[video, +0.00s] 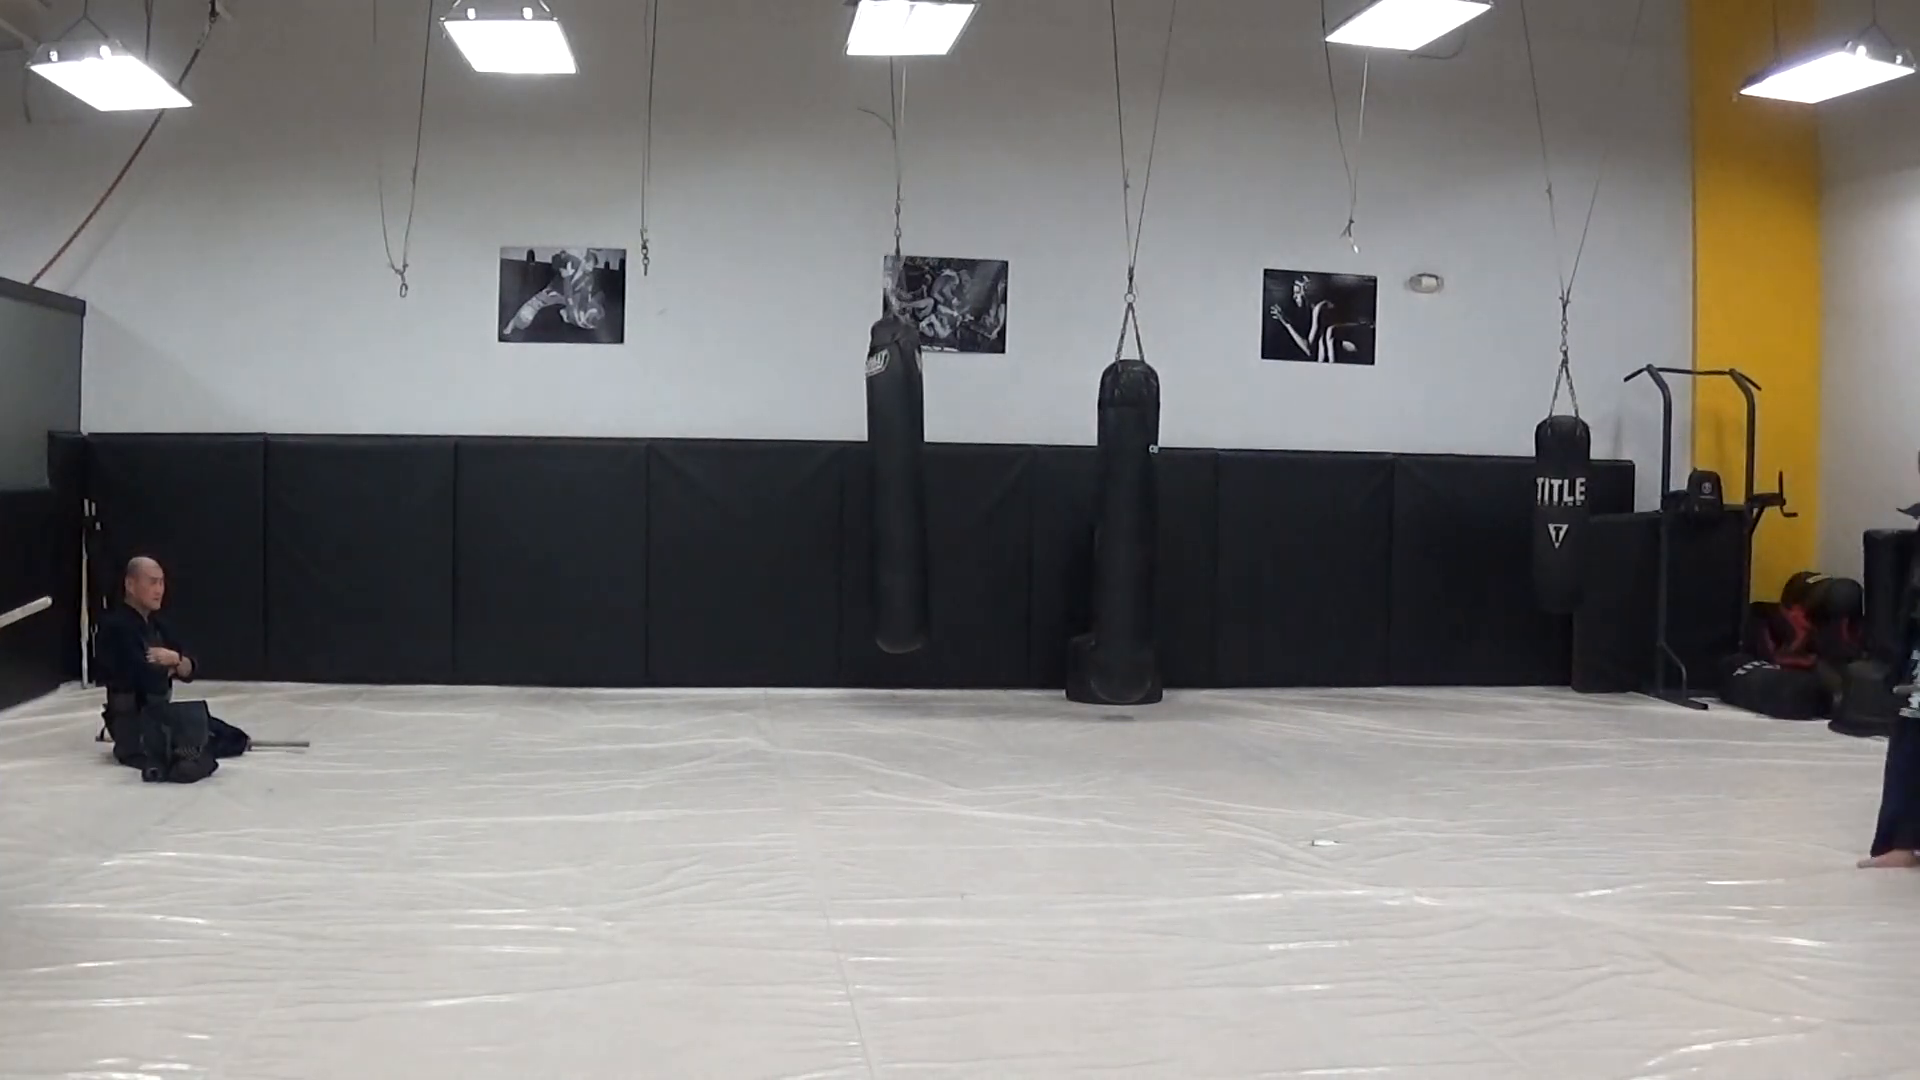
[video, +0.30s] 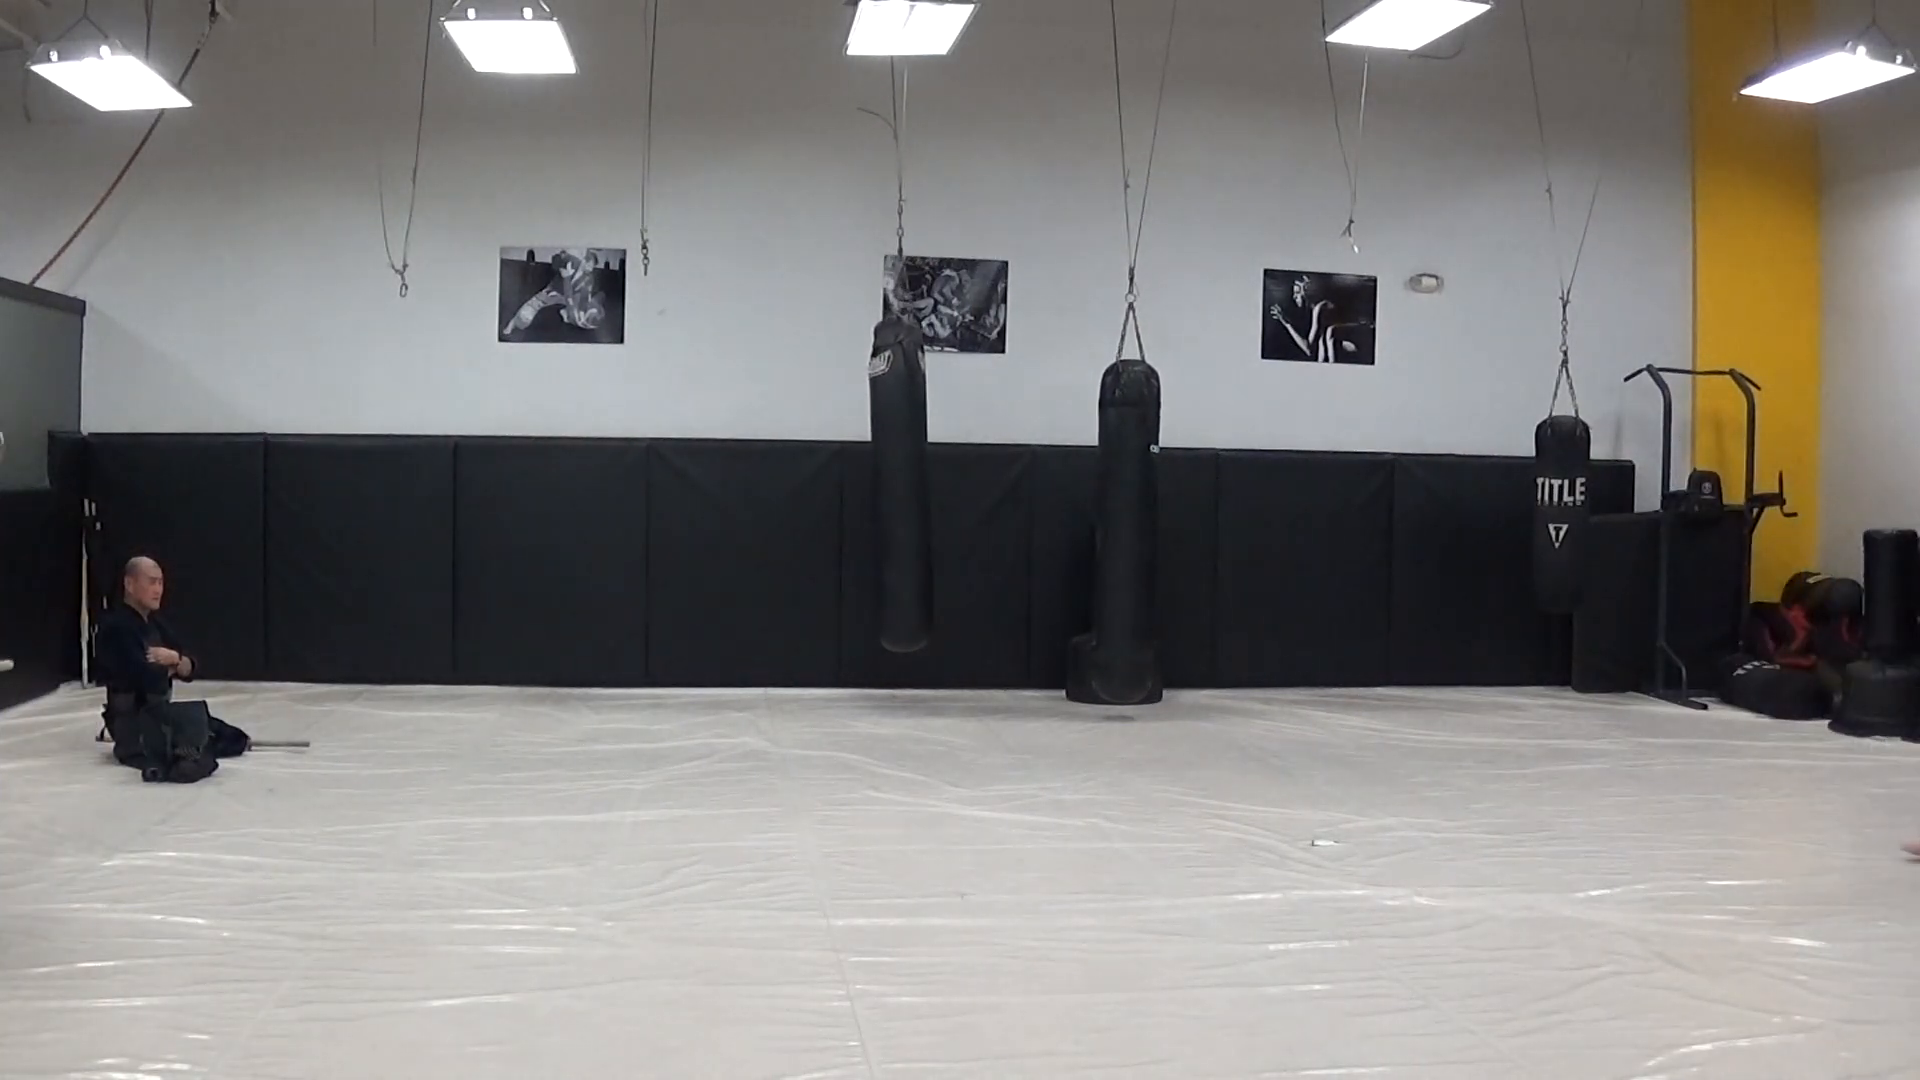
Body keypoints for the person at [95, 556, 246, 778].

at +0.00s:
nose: (160, 590)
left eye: (161, 583)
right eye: (153, 582)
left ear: (164, 585)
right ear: (130, 585)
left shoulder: (156, 623)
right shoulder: (115, 625)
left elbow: (191, 671)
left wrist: (175, 659)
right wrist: (173, 667)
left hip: (161, 720)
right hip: (132, 729)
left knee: (236, 740)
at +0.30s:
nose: (159, 589)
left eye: (161, 583)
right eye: (152, 582)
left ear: (163, 585)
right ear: (129, 584)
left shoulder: (155, 622)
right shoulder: (115, 625)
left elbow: (191, 670)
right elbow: (142, 679)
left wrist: (175, 658)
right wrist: (173, 667)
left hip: (162, 721)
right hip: (132, 731)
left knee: (237, 740)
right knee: (201, 762)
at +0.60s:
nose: (159, 589)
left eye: (161, 582)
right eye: (152, 582)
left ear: (164, 585)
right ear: (130, 584)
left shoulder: (155, 622)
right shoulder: (115, 624)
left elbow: (191, 671)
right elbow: (141, 678)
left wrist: (176, 658)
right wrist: (173, 667)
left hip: (162, 720)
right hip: (132, 729)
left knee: (237, 740)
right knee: (201, 761)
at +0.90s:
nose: (160, 590)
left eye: (162, 583)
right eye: (153, 582)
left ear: (164, 585)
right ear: (130, 584)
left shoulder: (156, 622)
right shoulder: (115, 624)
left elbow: (190, 671)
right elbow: (140, 677)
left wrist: (176, 659)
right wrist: (172, 667)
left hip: (162, 721)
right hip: (132, 732)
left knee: (237, 740)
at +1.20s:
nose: (159, 590)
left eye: (161, 583)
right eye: (152, 582)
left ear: (164, 586)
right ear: (129, 585)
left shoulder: (156, 623)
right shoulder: (116, 625)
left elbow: (191, 671)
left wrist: (175, 659)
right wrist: (172, 667)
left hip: (162, 719)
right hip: (130, 726)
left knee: (237, 740)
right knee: (198, 761)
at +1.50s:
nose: (159, 589)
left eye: (160, 582)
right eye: (152, 582)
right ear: (129, 585)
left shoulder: (155, 623)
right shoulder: (114, 624)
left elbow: (169, 674)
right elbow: (136, 664)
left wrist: (190, 669)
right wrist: (175, 654)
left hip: (162, 716)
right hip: (129, 723)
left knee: (236, 740)